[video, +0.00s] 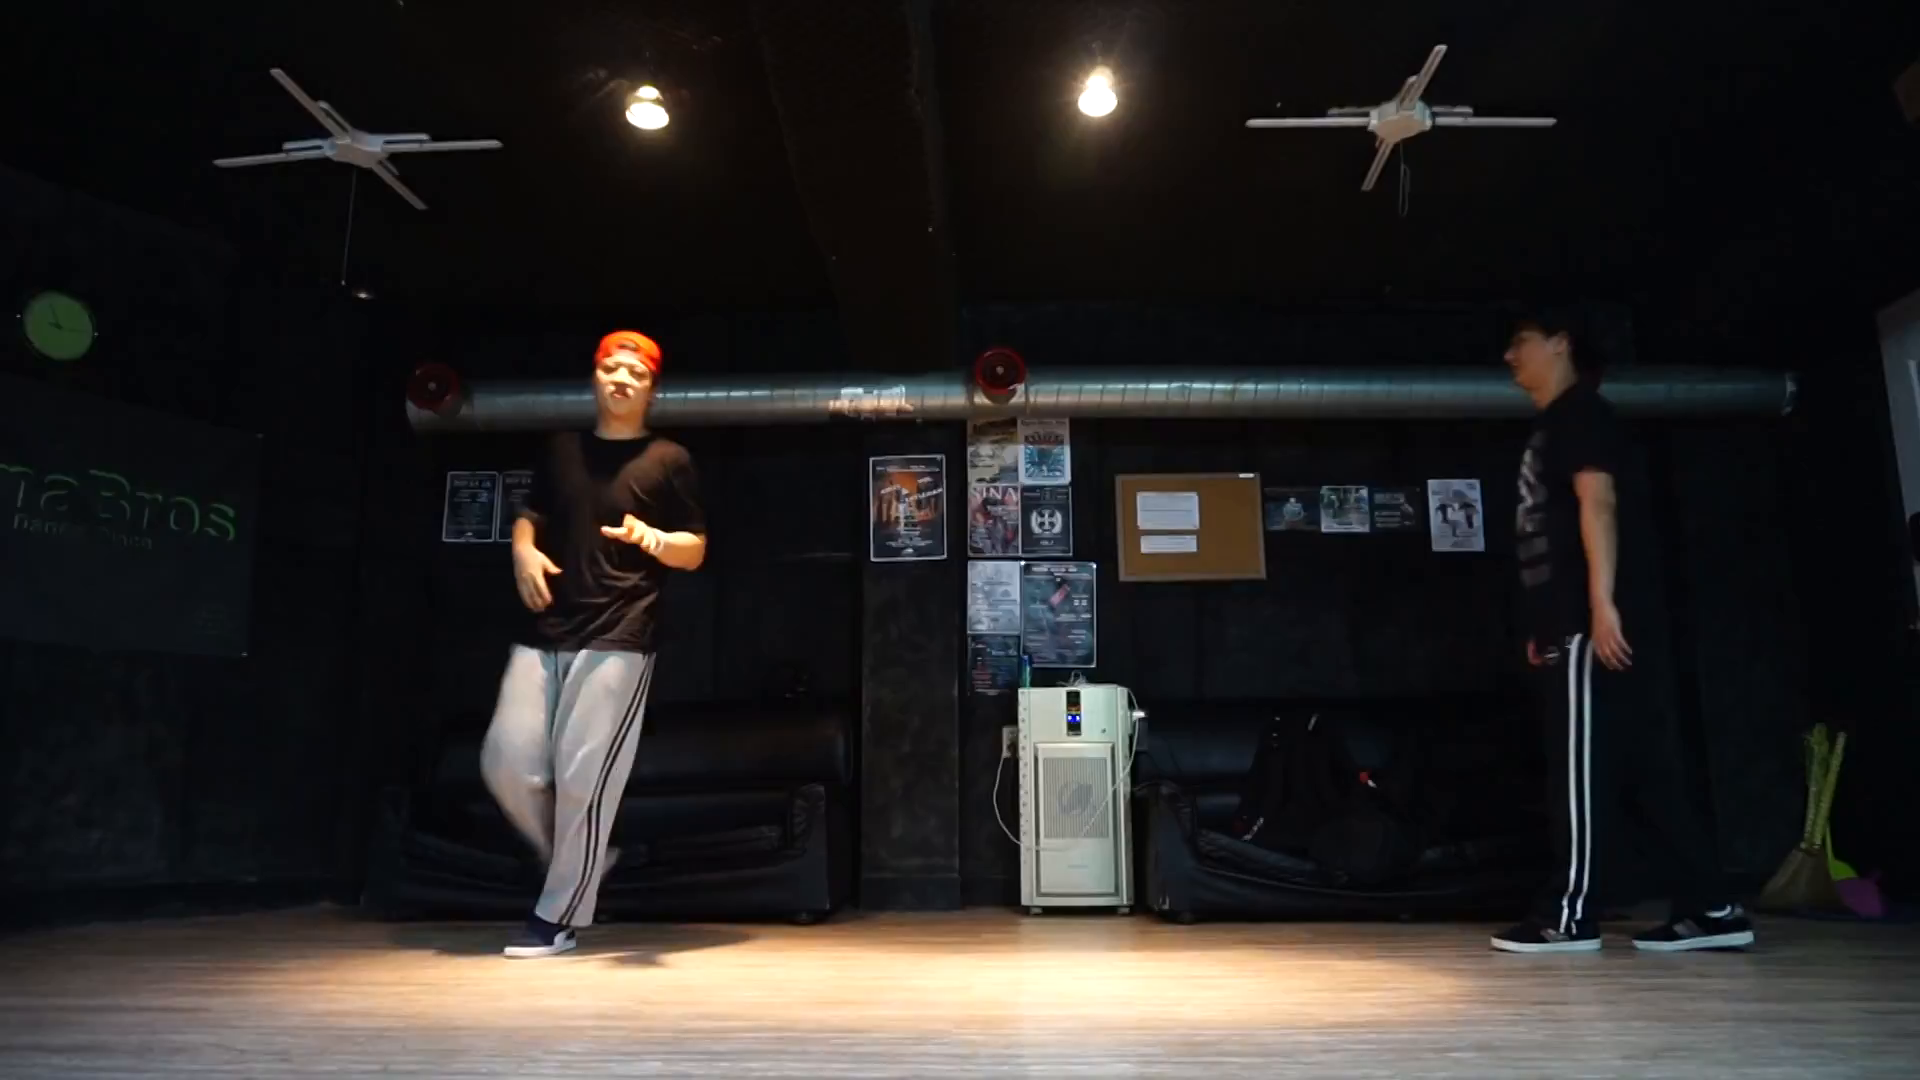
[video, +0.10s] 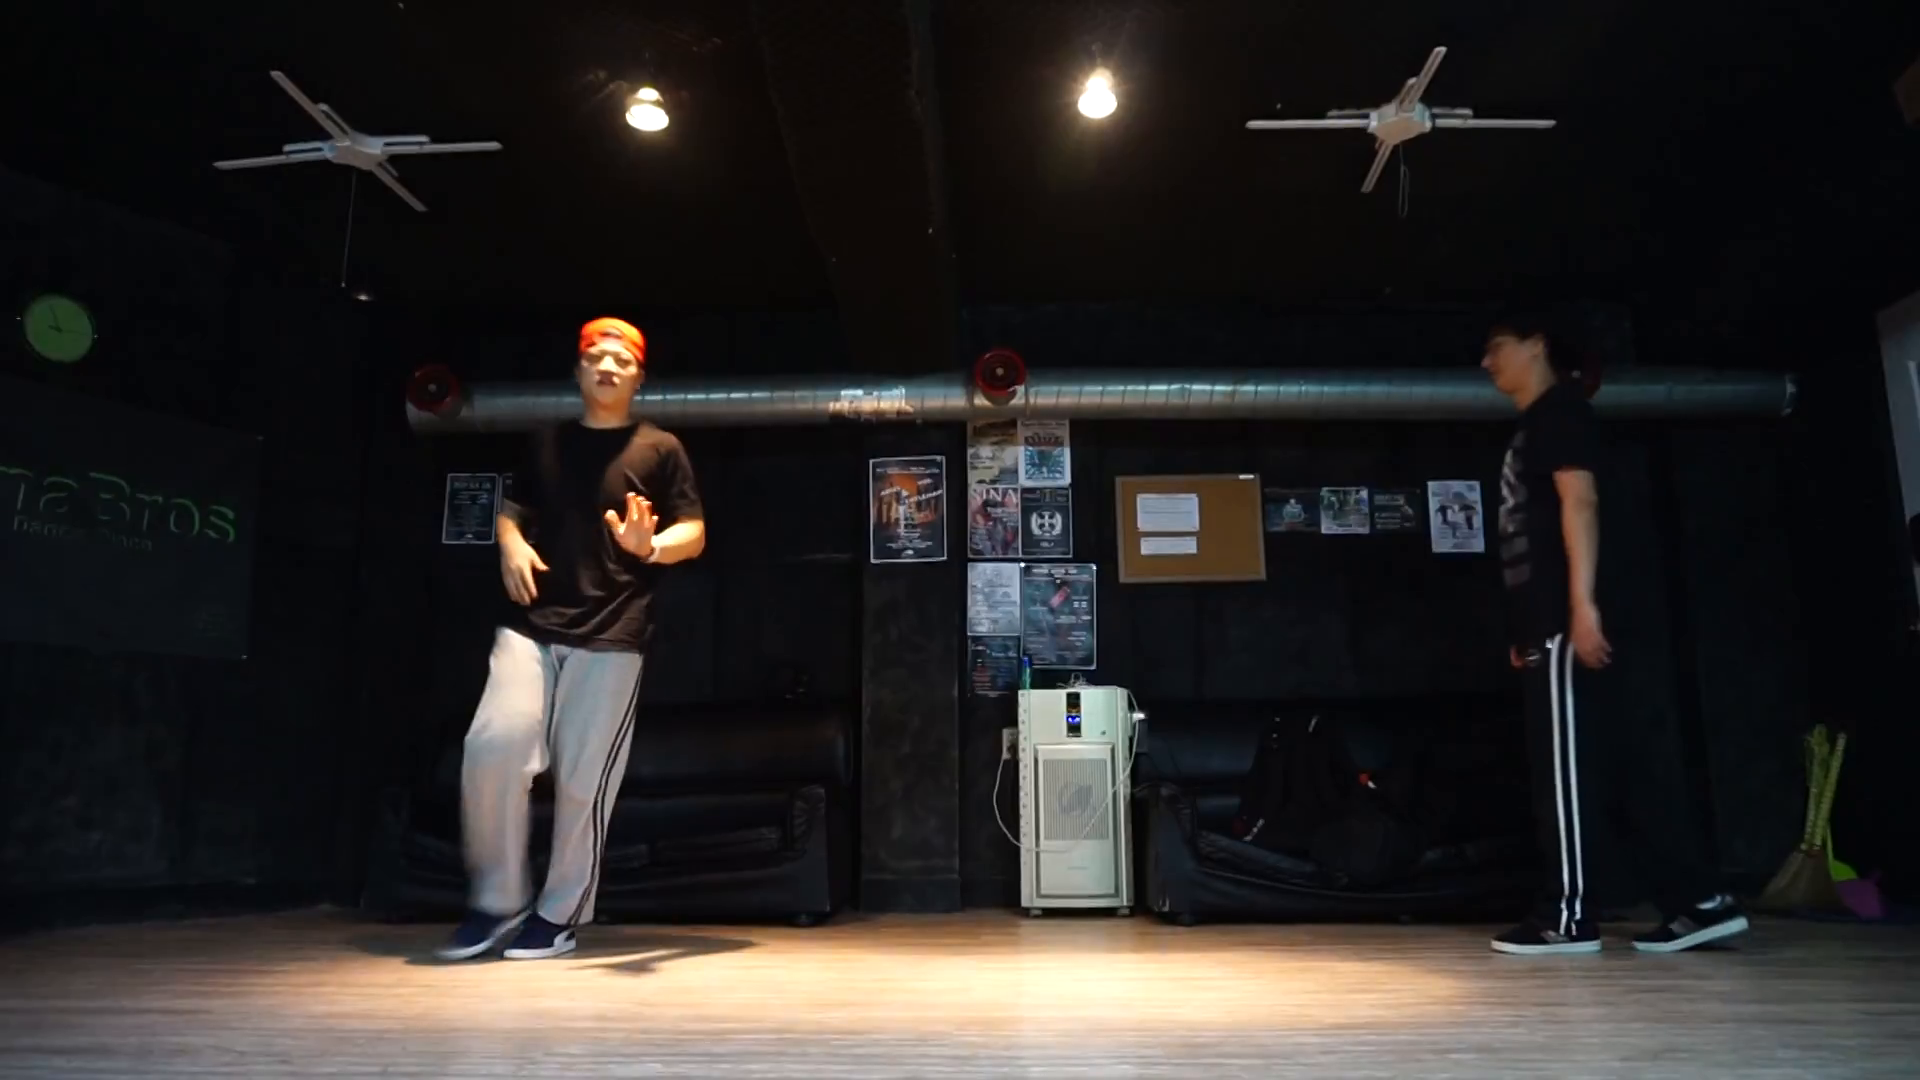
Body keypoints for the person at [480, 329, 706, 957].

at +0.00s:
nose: (620, 379)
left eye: (633, 372)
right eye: (611, 369)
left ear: (651, 387)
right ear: (594, 379)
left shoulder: (669, 461)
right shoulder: (562, 449)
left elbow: (694, 551)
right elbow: (527, 512)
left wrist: (655, 541)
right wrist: (523, 550)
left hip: (616, 638)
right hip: (545, 634)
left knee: (582, 777)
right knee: (508, 766)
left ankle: (559, 919)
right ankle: (587, 858)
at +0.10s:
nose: (608, 367)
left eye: (621, 359)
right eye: (597, 357)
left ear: (639, 376)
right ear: (578, 369)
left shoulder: (660, 450)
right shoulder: (545, 442)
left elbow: (694, 533)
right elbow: (509, 506)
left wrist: (650, 549)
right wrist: (509, 541)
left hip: (607, 634)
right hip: (530, 626)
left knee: (582, 781)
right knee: (493, 746)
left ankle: (557, 917)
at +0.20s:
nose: (595, 357)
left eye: (607, 349)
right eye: (584, 348)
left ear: (626, 366)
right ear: (563, 363)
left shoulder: (653, 442)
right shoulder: (533, 438)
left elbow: (694, 519)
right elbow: (489, 502)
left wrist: (650, 551)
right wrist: (497, 534)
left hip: (603, 635)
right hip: (523, 624)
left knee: (578, 782)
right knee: (492, 757)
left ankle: (557, 916)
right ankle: (455, 922)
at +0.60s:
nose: (571, 314)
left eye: (580, 306)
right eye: (555, 304)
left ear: (592, 326)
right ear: (522, 320)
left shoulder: (619, 410)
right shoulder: (480, 406)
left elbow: (642, 508)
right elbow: (424, 482)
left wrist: (653, 600)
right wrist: (424, 515)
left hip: (590, 627)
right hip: (490, 620)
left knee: (589, 788)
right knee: (476, 783)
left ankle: (535, 887)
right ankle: (475, 944)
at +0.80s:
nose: (590, 290)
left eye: (599, 282)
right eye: (573, 278)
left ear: (608, 299)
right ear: (537, 290)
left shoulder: (624, 388)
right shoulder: (488, 373)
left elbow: (639, 493)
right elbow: (432, 450)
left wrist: (651, 589)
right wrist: (408, 478)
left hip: (598, 602)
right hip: (498, 603)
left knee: (590, 773)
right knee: (489, 776)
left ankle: (556, 944)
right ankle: (477, 945)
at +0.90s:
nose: (607, 288)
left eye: (617, 281)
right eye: (591, 275)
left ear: (623, 299)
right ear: (552, 285)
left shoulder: (632, 391)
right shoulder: (496, 368)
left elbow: (647, 498)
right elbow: (444, 446)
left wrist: (661, 596)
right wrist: (416, 479)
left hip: (606, 604)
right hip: (505, 602)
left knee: (597, 772)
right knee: (494, 776)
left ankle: (586, 943)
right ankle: (477, 946)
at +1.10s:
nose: (667, 305)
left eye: (679, 297)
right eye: (654, 287)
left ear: (683, 312)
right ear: (611, 286)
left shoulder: (660, 398)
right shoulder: (542, 358)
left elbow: (668, 509)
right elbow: (494, 447)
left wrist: (697, 594)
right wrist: (451, 522)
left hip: (636, 611)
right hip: (535, 609)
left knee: (645, 776)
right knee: (512, 785)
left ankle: (594, 963)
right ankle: (479, 940)